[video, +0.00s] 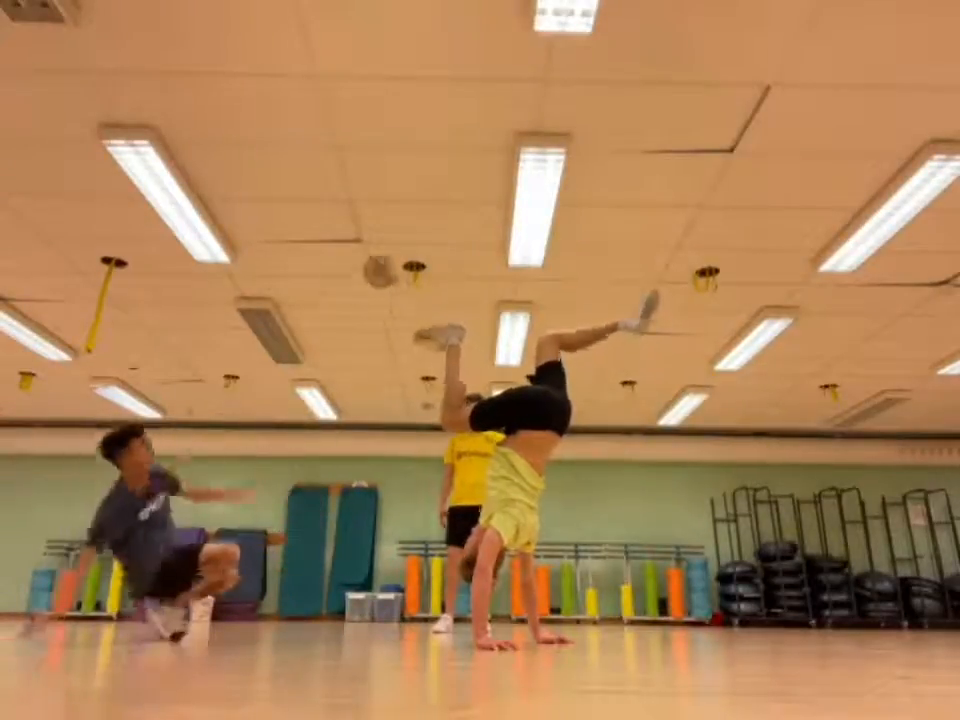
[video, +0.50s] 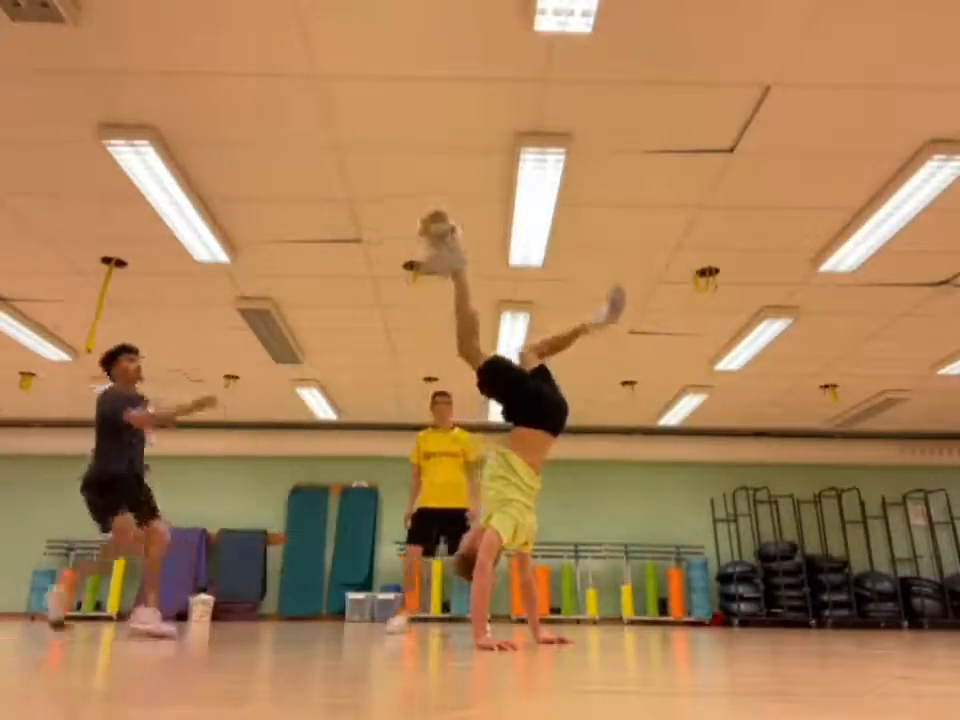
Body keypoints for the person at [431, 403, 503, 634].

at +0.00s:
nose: (469, 416)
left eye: (473, 410)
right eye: (465, 410)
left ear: (485, 411)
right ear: (460, 414)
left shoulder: (497, 439)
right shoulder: (457, 441)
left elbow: (505, 472)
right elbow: (449, 474)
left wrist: (500, 503)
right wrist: (443, 504)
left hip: (489, 504)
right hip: (460, 503)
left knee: (487, 563)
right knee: (455, 558)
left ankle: (484, 617)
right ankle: (448, 613)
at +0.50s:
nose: (444, 409)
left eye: (447, 404)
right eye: (439, 404)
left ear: (452, 409)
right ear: (432, 409)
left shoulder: (464, 438)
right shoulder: (422, 438)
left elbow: (474, 474)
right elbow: (416, 475)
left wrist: (475, 506)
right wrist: (411, 506)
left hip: (457, 506)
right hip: (428, 505)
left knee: (468, 558)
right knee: (412, 556)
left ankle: (477, 612)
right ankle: (409, 608)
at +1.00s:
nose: (392, 389)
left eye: (396, 385)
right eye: (387, 385)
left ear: (402, 391)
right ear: (380, 391)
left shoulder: (414, 419)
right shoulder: (373, 424)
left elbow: (427, 455)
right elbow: (366, 460)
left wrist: (427, 492)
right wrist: (355, 491)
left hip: (407, 490)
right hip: (382, 492)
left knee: (389, 544)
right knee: (390, 551)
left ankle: (377, 606)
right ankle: (397, 611)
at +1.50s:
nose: (353, 368)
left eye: (358, 364)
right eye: (349, 363)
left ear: (364, 370)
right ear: (340, 368)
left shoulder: (373, 403)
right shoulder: (325, 403)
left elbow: (379, 443)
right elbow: (312, 443)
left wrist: (375, 478)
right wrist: (307, 477)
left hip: (356, 477)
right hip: (325, 477)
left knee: (346, 543)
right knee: (310, 541)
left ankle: (340, 613)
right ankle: (321, 606)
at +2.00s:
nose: (310, 351)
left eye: (314, 347)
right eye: (305, 345)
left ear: (317, 355)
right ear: (291, 349)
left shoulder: (317, 393)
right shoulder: (270, 383)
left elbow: (321, 437)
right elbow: (248, 425)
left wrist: (328, 472)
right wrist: (245, 464)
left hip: (305, 474)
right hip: (270, 471)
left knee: (312, 539)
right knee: (252, 539)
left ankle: (310, 603)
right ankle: (222, 615)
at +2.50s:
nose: (319, 336)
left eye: (320, 331)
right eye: (313, 329)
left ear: (317, 339)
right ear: (295, 332)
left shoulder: (313, 378)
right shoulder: (272, 367)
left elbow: (309, 423)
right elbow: (246, 408)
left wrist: (314, 458)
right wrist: (238, 453)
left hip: (298, 463)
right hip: (267, 460)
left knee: (287, 537)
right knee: (264, 532)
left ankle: (256, 613)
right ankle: (228, 608)